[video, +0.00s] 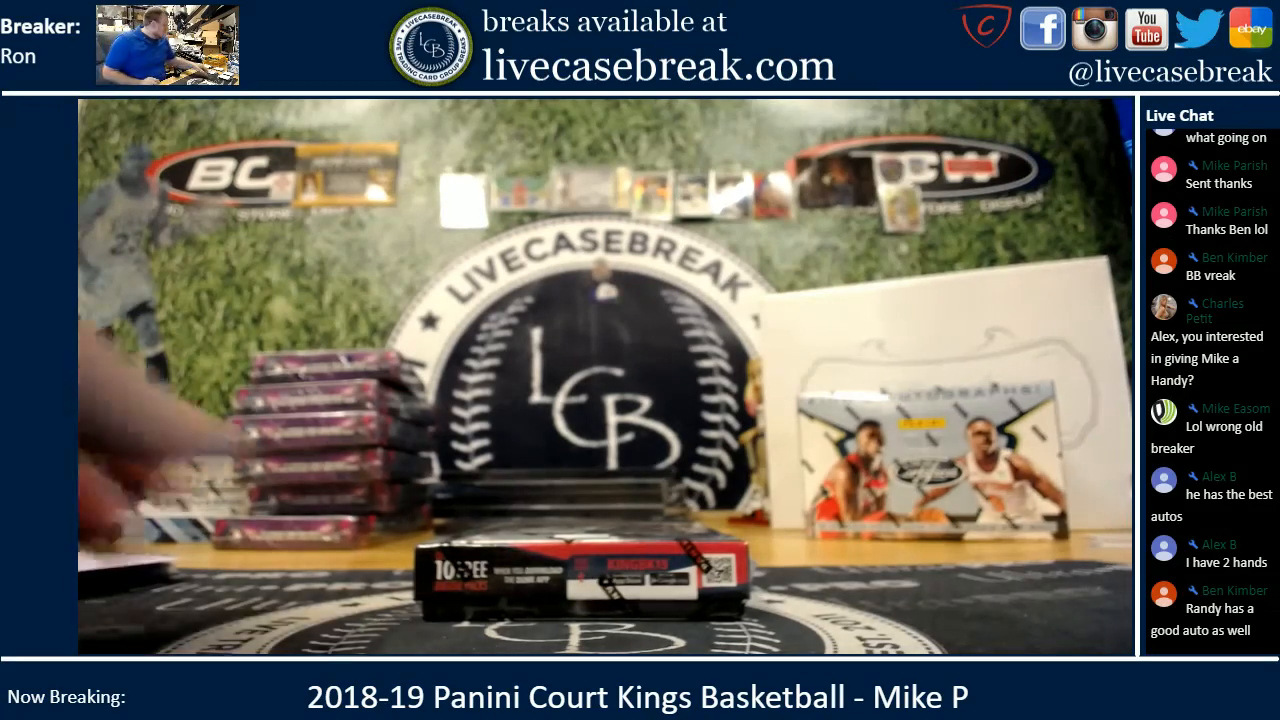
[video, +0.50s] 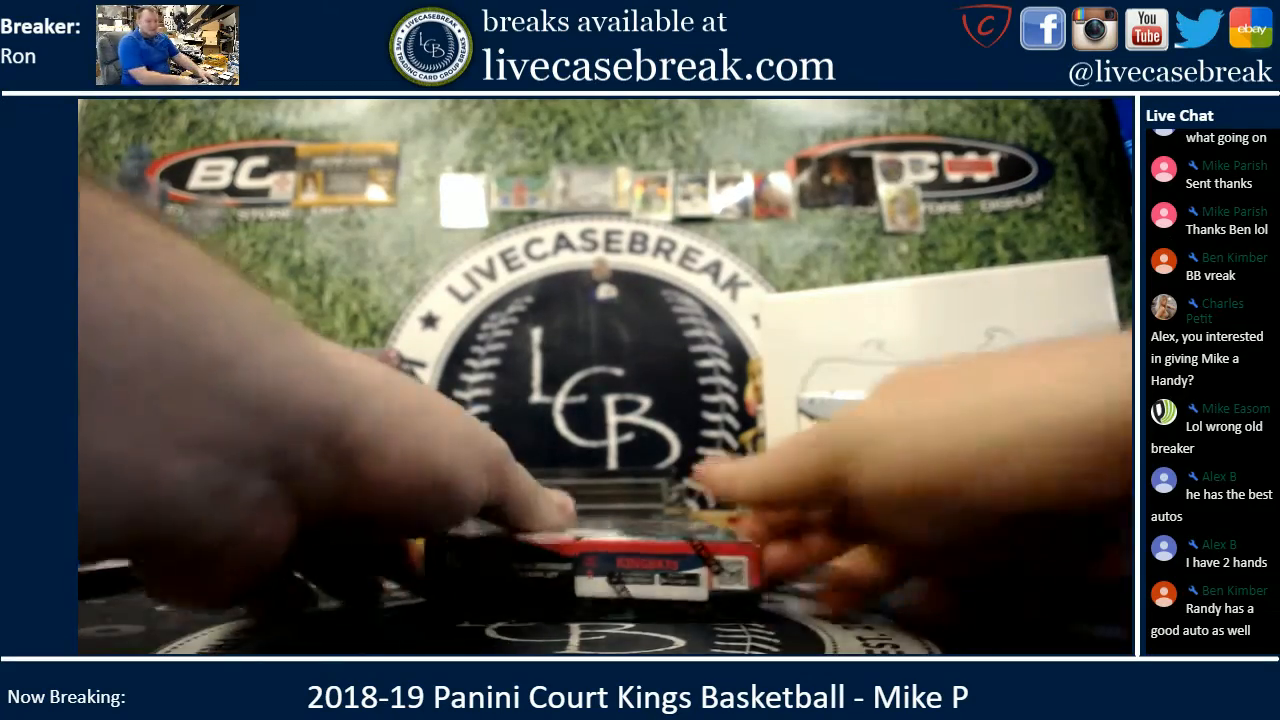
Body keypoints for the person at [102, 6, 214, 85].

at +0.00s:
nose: (167, 29)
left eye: (167, 25)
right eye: (165, 25)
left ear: (156, 24)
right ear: (153, 24)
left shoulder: (163, 41)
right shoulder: (125, 41)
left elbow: (172, 60)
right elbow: (108, 73)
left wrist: (194, 66)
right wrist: (140, 82)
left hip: (162, 94)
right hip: (133, 98)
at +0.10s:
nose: (167, 29)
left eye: (167, 25)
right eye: (164, 25)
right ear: (151, 22)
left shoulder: (163, 41)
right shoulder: (125, 41)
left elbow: (176, 59)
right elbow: (109, 73)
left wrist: (198, 68)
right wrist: (140, 82)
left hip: (163, 93)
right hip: (135, 97)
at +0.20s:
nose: (165, 28)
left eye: (165, 24)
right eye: (161, 24)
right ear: (148, 22)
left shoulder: (164, 40)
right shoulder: (125, 41)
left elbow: (179, 58)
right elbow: (110, 73)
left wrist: (199, 69)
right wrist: (144, 81)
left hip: (164, 96)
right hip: (135, 99)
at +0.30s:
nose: (162, 26)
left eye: (162, 22)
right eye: (158, 22)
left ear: (163, 21)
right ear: (145, 21)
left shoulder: (163, 40)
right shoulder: (126, 41)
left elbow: (179, 58)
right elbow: (119, 76)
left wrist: (200, 69)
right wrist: (156, 78)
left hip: (165, 96)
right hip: (135, 100)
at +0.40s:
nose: (157, 25)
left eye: (159, 22)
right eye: (153, 22)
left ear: (161, 22)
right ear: (141, 20)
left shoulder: (163, 39)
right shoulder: (127, 41)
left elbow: (179, 57)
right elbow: (133, 78)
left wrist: (199, 70)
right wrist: (173, 79)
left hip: (168, 91)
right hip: (141, 95)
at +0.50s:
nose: (153, 25)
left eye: (156, 21)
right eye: (148, 21)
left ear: (159, 22)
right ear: (138, 21)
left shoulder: (162, 39)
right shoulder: (129, 42)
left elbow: (179, 57)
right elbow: (143, 78)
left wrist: (199, 70)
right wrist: (181, 80)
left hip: (165, 91)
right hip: (139, 96)